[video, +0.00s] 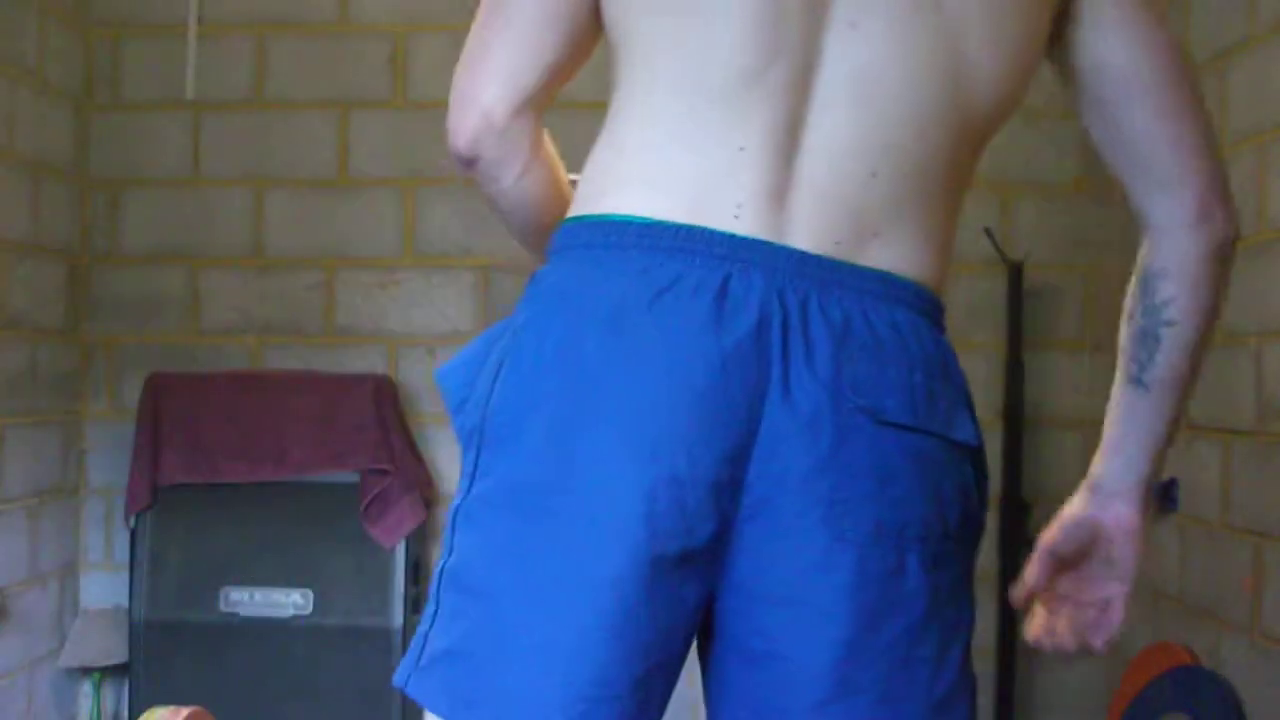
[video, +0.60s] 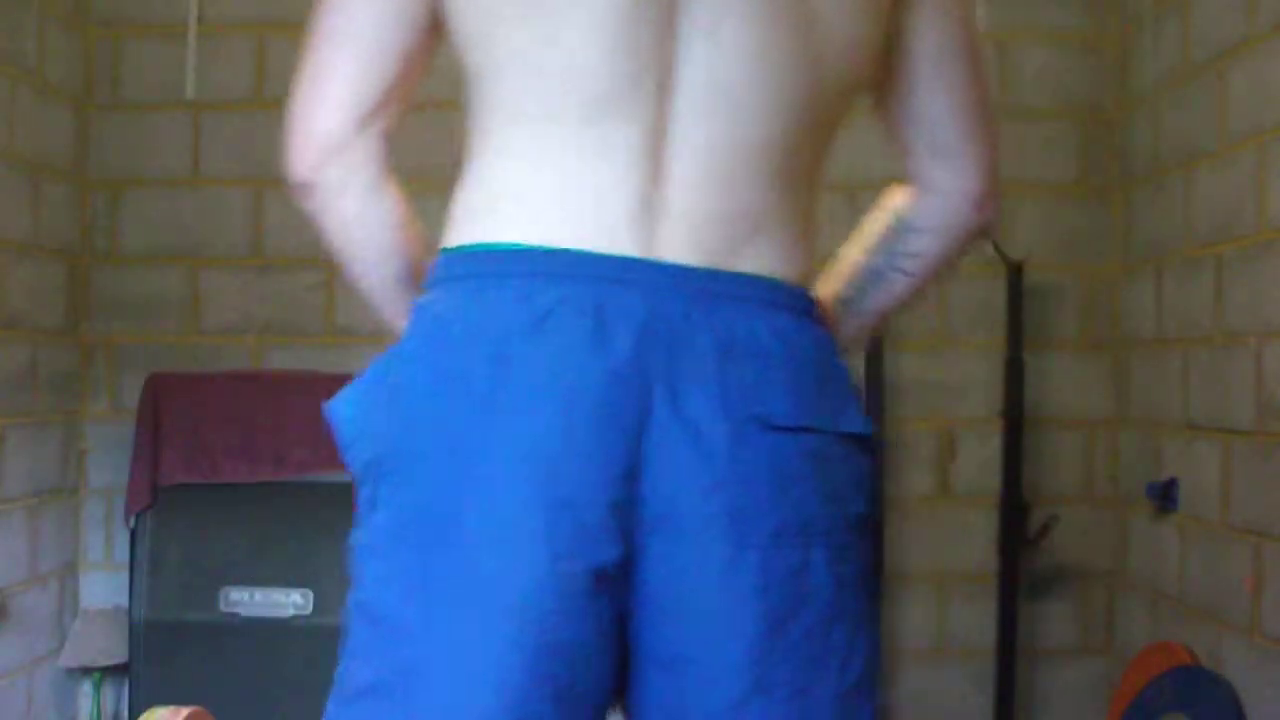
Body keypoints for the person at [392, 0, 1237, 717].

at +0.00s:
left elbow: (483, 121)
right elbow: (1193, 219)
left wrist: (611, 273)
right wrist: (1115, 489)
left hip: (612, 341)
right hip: (883, 374)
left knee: (520, 699)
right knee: (854, 699)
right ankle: (1180, 703)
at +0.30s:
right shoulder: (1040, 6)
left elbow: (466, 124)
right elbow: (1108, 221)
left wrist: (579, 271)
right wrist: (999, 439)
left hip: (611, 348)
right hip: (882, 381)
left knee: (529, 697)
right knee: (850, 699)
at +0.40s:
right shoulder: (1009, 3)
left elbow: (437, 127)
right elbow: (1076, 211)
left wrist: (553, 324)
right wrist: (919, 403)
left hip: (589, 348)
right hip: (861, 376)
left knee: (514, 692)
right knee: (837, 695)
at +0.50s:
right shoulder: (956, 7)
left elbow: (389, 142)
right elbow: (1020, 200)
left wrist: (504, 344)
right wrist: (851, 369)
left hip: (549, 370)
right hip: (819, 389)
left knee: (491, 699)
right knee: (809, 701)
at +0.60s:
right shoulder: (900, 7)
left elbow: (326, 147)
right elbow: (956, 189)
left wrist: (447, 339)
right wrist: (800, 345)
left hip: (497, 361)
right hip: (765, 373)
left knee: (459, 696)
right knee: (756, 697)